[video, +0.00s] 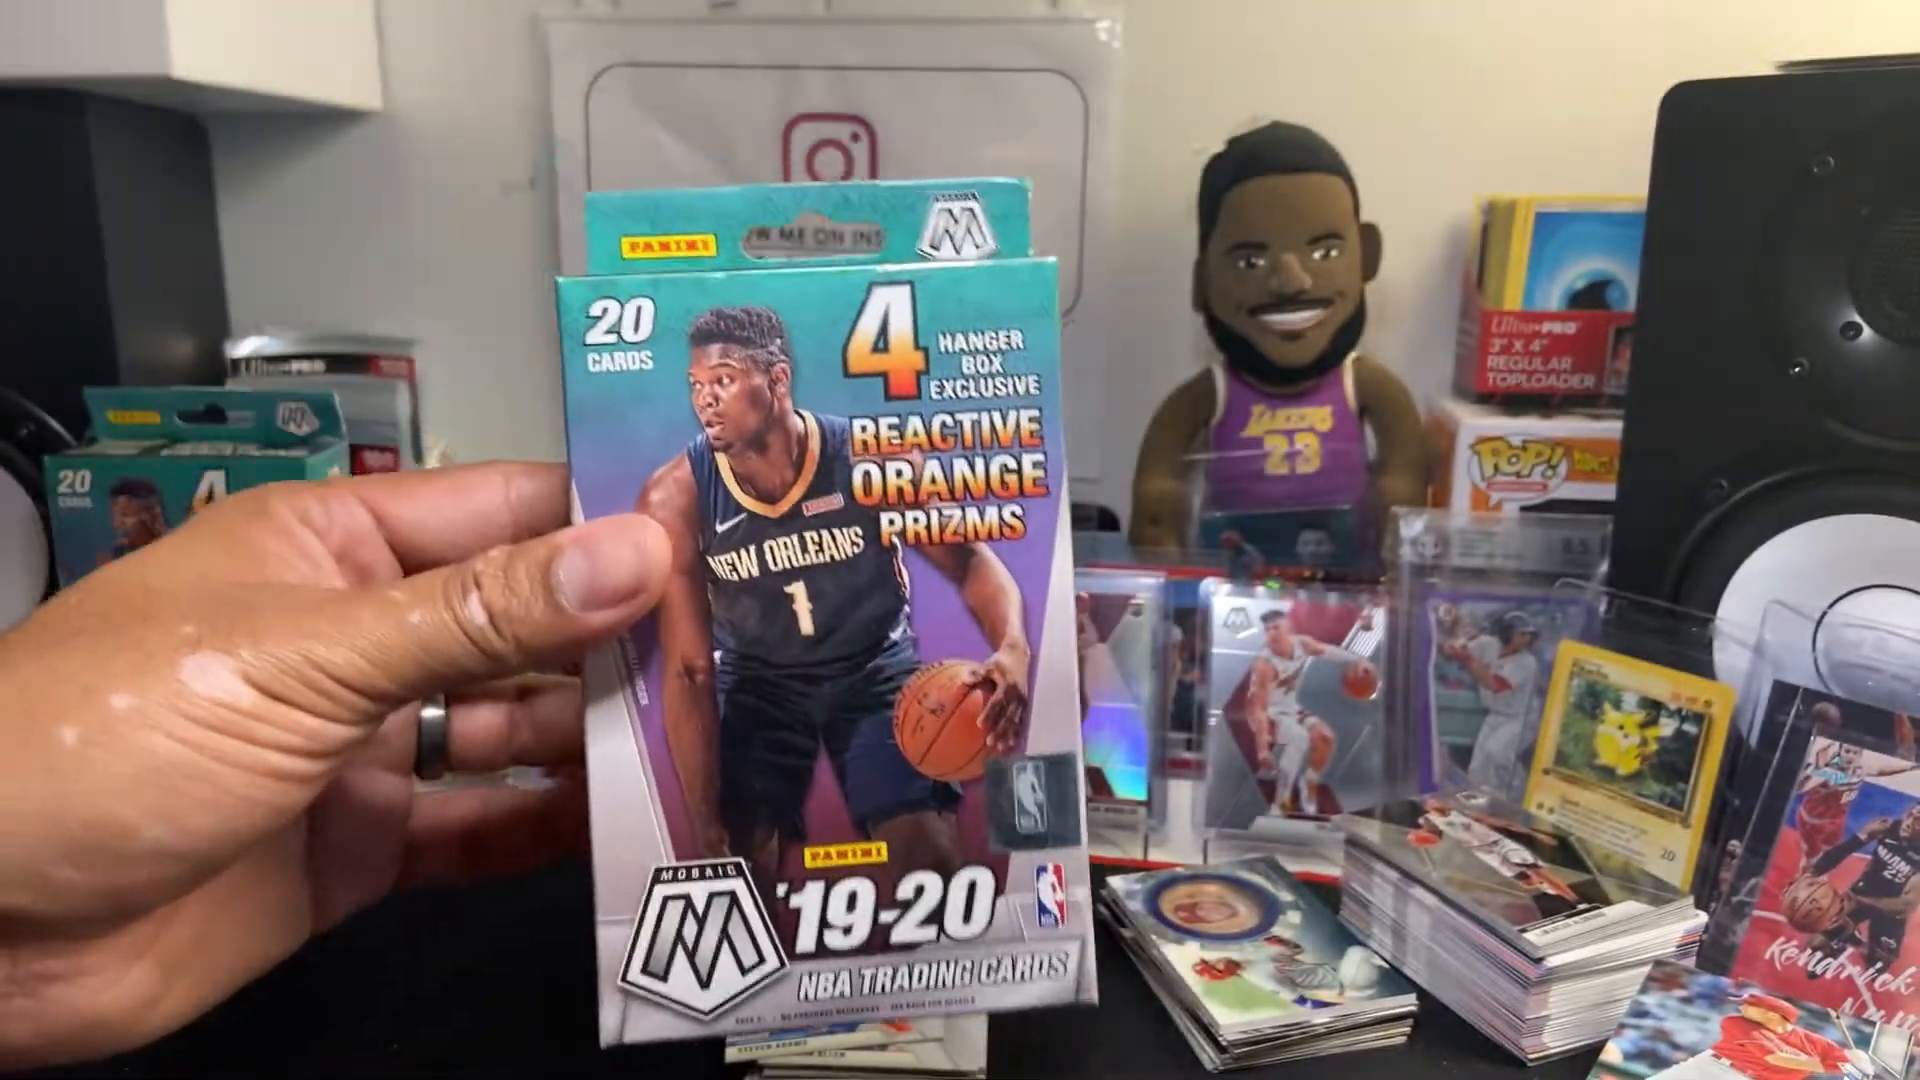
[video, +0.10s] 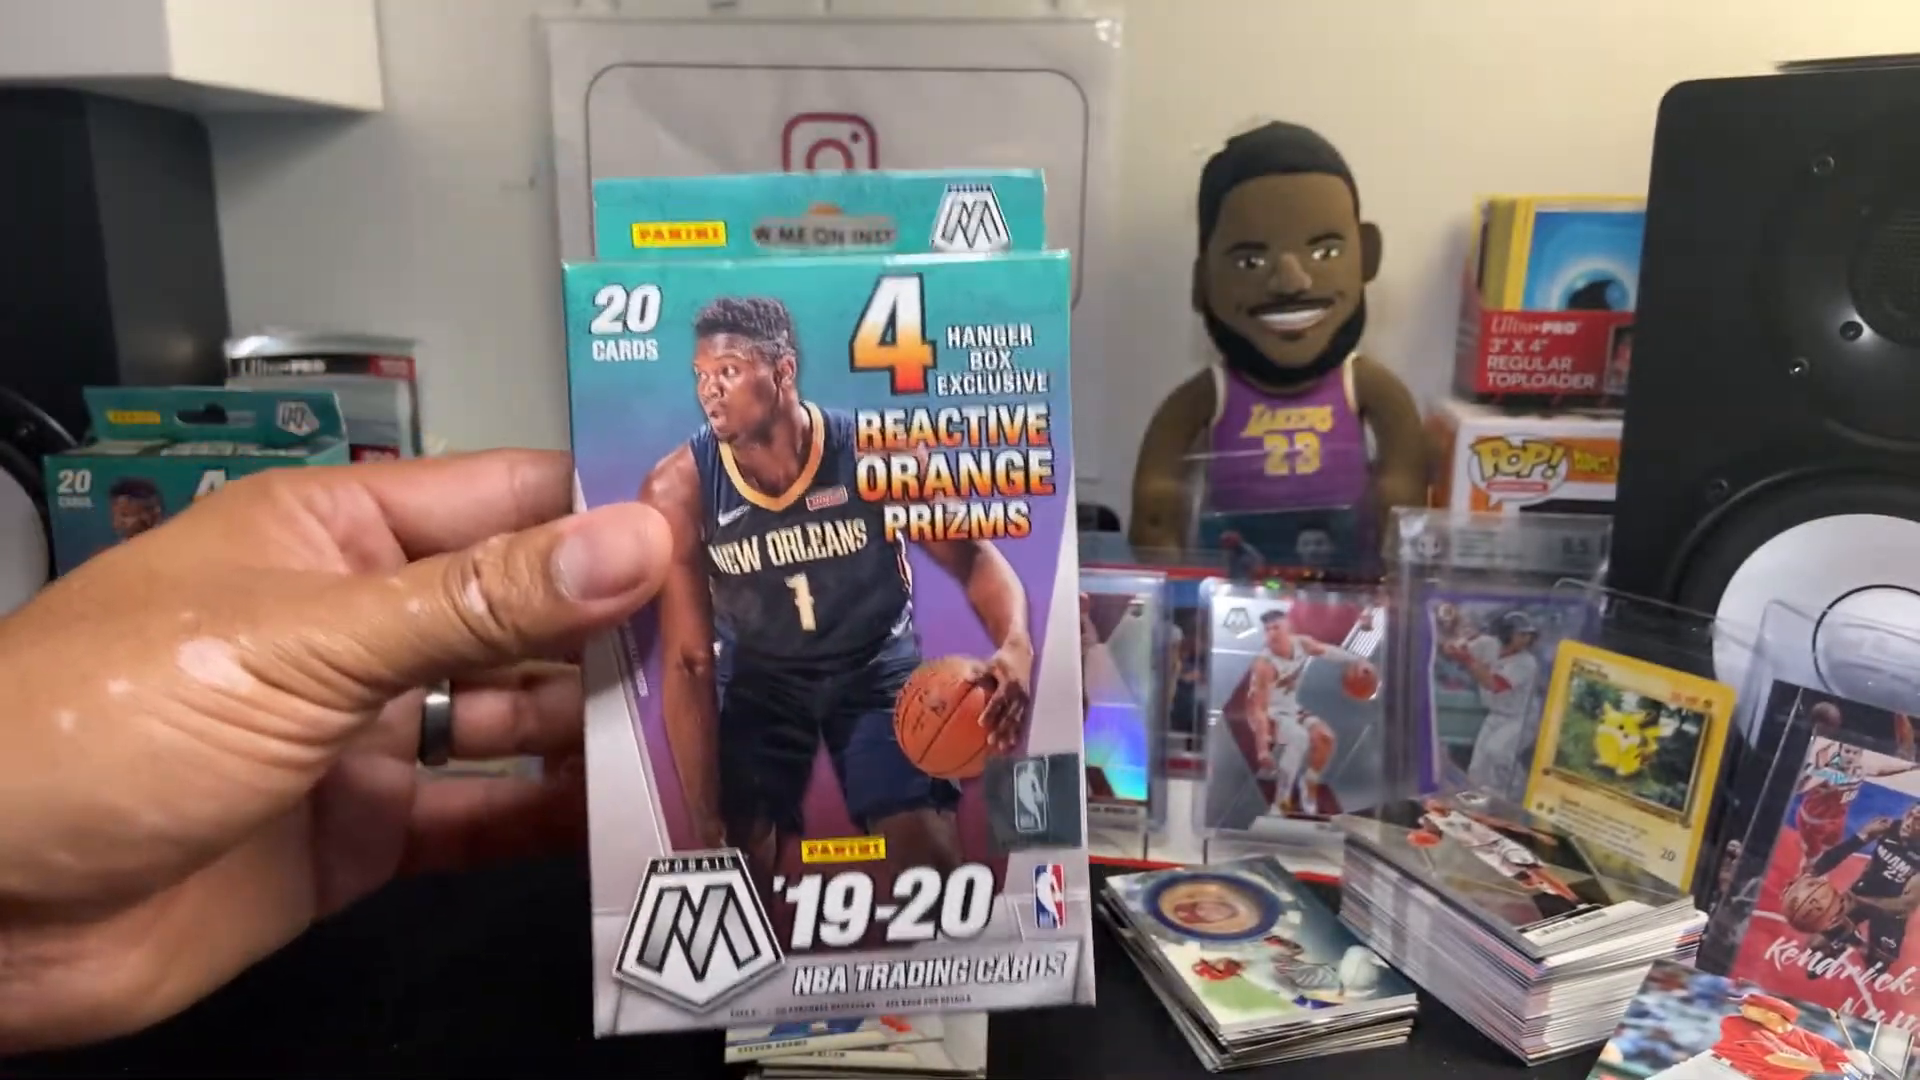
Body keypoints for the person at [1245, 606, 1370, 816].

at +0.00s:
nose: (1273, 634)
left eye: (1277, 628)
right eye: (1269, 629)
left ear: (1287, 628)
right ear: (1265, 633)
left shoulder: (1302, 644)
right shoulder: (1263, 665)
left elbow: (1329, 652)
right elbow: (1257, 709)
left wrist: (1358, 661)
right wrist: (1263, 749)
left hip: (1294, 709)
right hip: (1270, 712)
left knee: (1325, 738)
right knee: (1299, 737)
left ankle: (1309, 786)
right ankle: (1282, 800)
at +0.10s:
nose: (1273, 634)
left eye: (1278, 628)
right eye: (1269, 629)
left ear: (1288, 628)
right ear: (1265, 633)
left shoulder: (1302, 644)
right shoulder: (1263, 665)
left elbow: (1329, 652)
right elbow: (1257, 709)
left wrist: (1358, 661)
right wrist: (1263, 749)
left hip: (1294, 709)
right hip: (1270, 712)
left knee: (1325, 738)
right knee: (1299, 737)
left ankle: (1309, 786)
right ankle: (1282, 800)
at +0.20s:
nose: (1273, 634)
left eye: (1277, 628)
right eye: (1269, 630)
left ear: (1288, 628)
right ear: (1265, 633)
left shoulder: (1302, 644)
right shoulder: (1264, 664)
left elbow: (1329, 652)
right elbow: (1257, 709)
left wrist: (1359, 661)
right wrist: (1263, 749)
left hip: (1294, 709)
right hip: (1270, 712)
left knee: (1325, 738)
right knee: (1299, 737)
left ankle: (1309, 787)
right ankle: (1282, 800)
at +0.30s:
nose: (1274, 634)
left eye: (1277, 628)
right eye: (1269, 630)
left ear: (1287, 628)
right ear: (1265, 634)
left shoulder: (1302, 644)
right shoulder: (1263, 665)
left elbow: (1329, 652)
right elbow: (1256, 709)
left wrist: (1358, 661)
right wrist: (1263, 749)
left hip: (1294, 710)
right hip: (1271, 712)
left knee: (1325, 738)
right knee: (1299, 737)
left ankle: (1309, 786)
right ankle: (1282, 800)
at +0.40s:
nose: (1274, 635)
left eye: (1278, 628)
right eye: (1269, 630)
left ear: (1287, 628)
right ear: (1265, 634)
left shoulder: (1301, 644)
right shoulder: (1264, 665)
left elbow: (1329, 652)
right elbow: (1256, 709)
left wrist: (1358, 662)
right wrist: (1263, 749)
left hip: (1294, 710)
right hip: (1270, 713)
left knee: (1325, 738)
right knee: (1298, 738)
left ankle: (1310, 786)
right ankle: (1281, 801)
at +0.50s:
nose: (1274, 634)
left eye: (1278, 628)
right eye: (1269, 630)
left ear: (1288, 628)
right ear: (1265, 634)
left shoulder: (1302, 644)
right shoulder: (1264, 665)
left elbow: (1329, 652)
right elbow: (1257, 709)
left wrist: (1358, 661)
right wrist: (1263, 749)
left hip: (1294, 709)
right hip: (1271, 712)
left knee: (1325, 739)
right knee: (1299, 737)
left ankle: (1309, 785)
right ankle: (1282, 800)